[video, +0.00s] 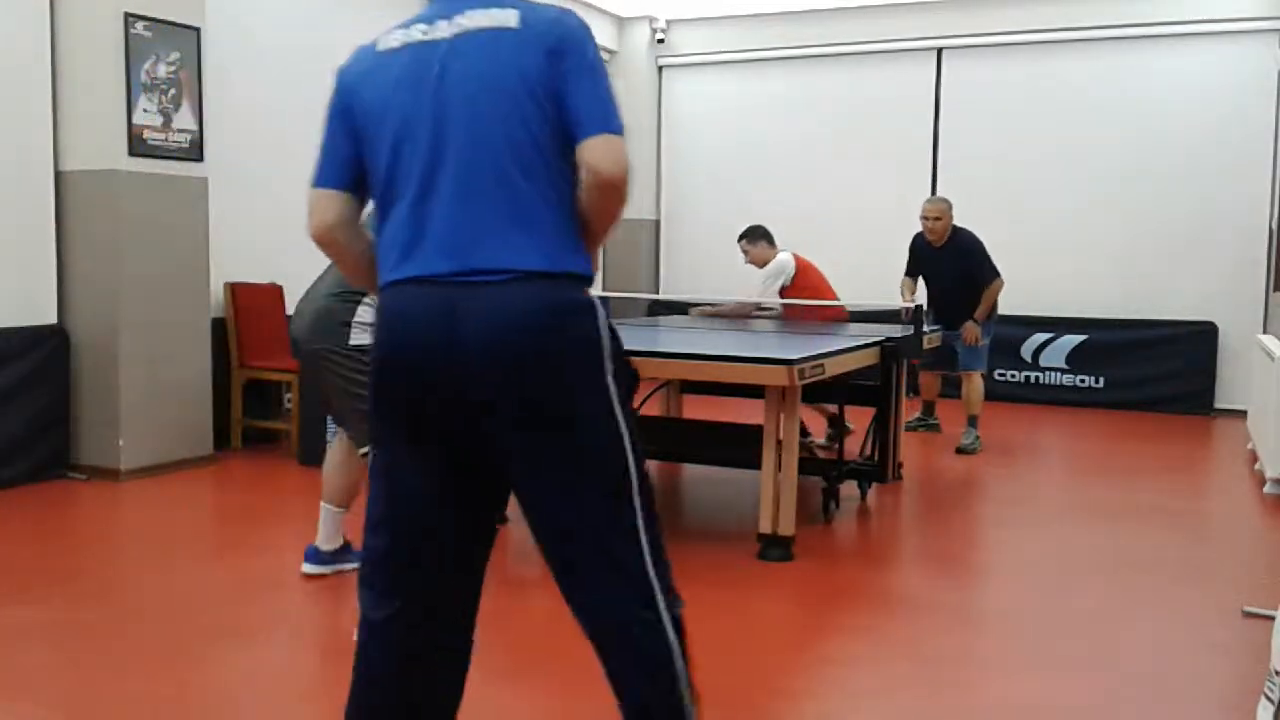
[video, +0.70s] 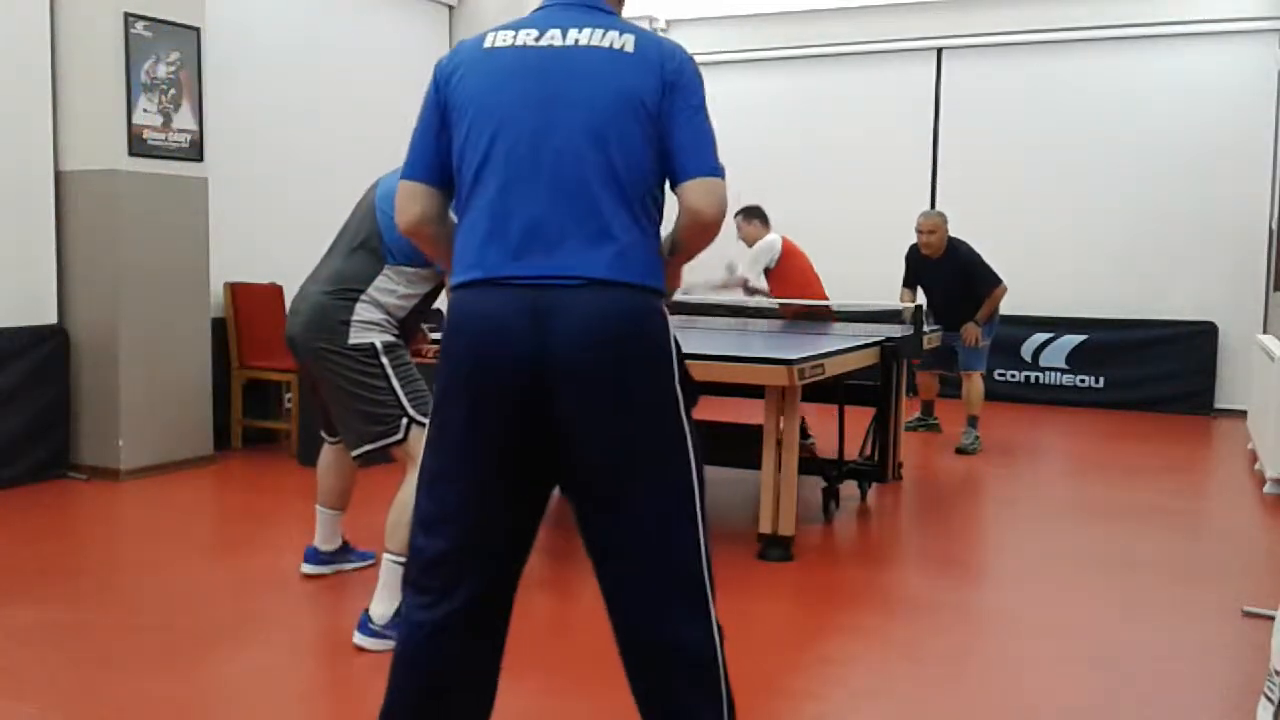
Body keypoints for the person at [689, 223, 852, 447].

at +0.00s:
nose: (746, 260)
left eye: (746, 252)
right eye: (744, 254)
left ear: (763, 245)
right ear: (766, 245)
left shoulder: (782, 262)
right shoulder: (786, 261)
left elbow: (749, 308)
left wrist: (709, 311)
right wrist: (723, 310)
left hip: (827, 330)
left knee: (779, 378)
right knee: (790, 377)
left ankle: (799, 433)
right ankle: (834, 420)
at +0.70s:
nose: (739, 237)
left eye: (740, 229)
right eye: (738, 231)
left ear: (756, 224)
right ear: (760, 225)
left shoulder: (771, 242)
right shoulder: (783, 245)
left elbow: (738, 279)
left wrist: (691, 287)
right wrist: (757, 290)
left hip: (802, 317)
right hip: (819, 315)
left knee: (773, 368)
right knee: (775, 368)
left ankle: (798, 433)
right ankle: (798, 432)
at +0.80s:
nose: (745, 219)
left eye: (747, 212)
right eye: (744, 213)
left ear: (764, 209)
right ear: (768, 211)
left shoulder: (773, 227)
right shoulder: (784, 232)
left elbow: (741, 249)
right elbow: (782, 281)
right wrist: (753, 271)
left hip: (804, 314)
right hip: (808, 312)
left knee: (781, 376)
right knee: (781, 375)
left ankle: (801, 435)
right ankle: (799, 434)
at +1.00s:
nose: (752, 198)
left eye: (757, 193)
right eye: (754, 193)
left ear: (774, 196)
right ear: (777, 197)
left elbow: (735, 226)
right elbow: (787, 277)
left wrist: (700, 205)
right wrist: (752, 279)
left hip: (795, 306)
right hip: (805, 304)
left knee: (782, 374)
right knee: (784, 375)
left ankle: (801, 435)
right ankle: (799, 434)